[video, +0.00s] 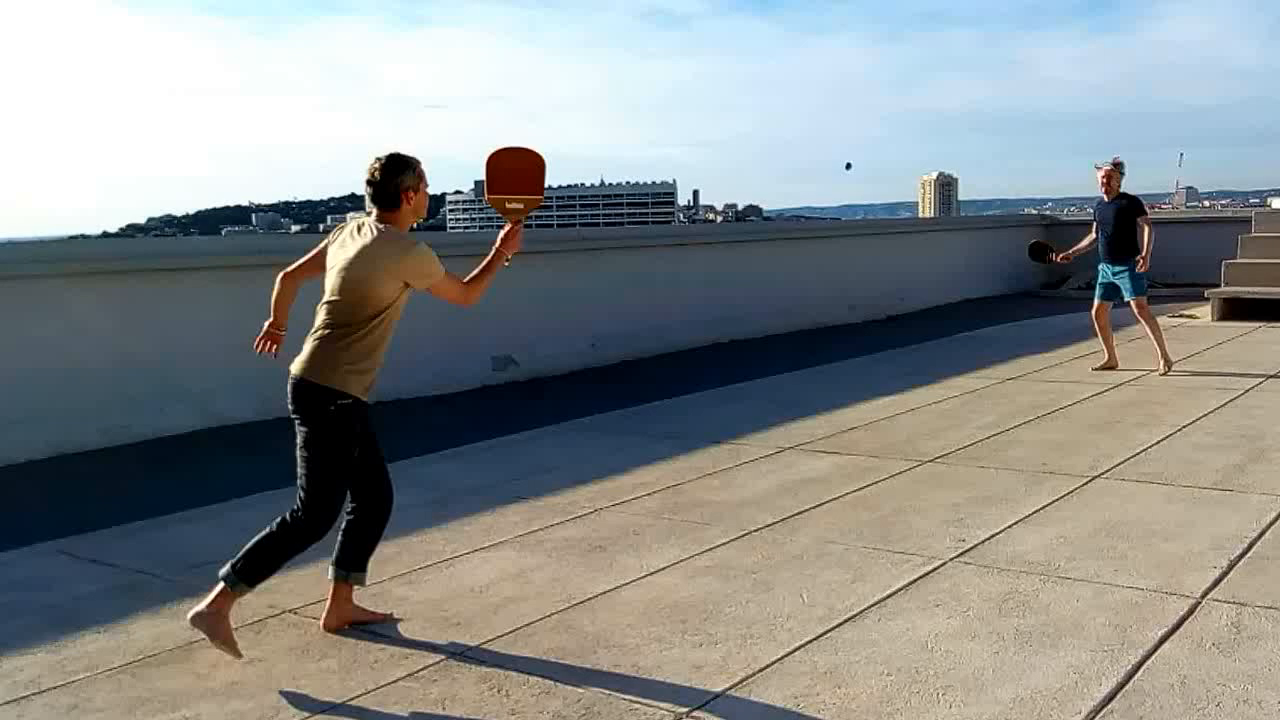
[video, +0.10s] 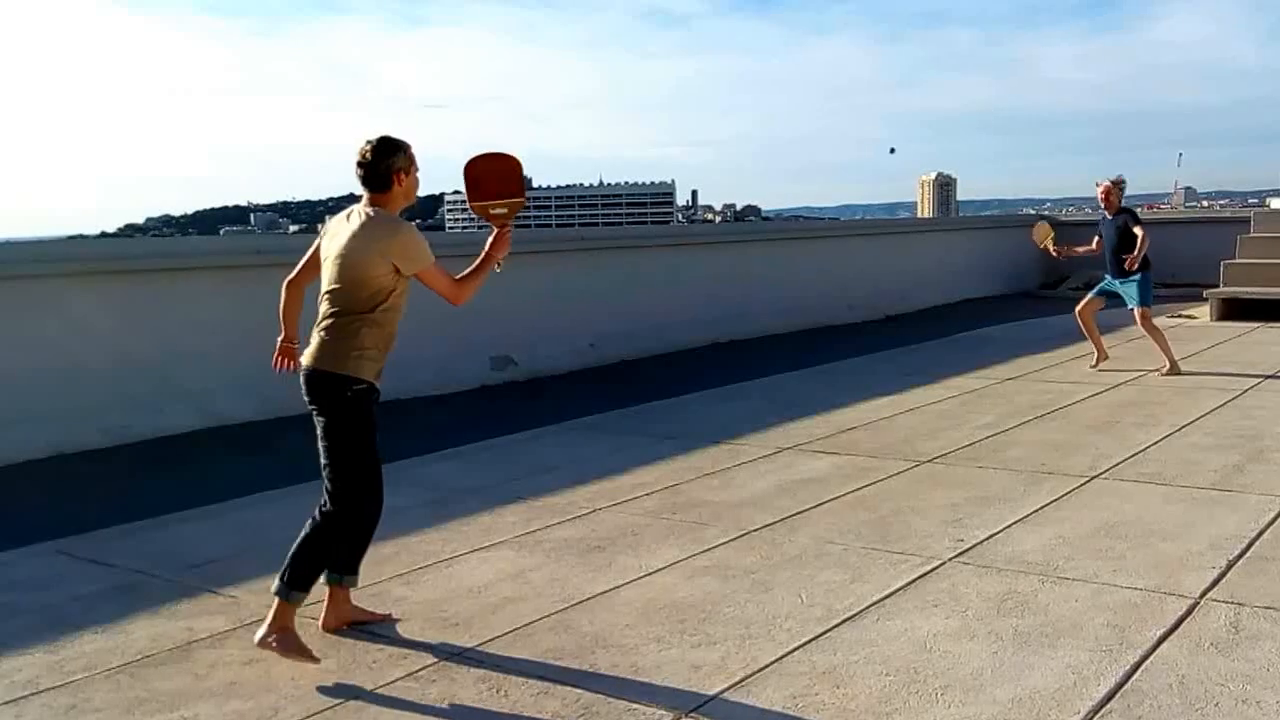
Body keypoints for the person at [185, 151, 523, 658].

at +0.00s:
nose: (427, 196)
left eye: (424, 187)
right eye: (423, 189)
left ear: (380, 195)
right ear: (408, 196)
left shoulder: (350, 230)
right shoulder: (407, 253)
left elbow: (288, 277)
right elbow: (466, 293)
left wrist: (275, 323)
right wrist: (502, 250)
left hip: (331, 389)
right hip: (327, 393)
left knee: (374, 497)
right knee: (314, 514)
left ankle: (340, 605)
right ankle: (216, 606)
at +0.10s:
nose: (417, 180)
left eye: (415, 171)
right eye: (414, 172)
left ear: (369, 178)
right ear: (400, 178)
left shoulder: (340, 222)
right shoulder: (399, 235)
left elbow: (294, 284)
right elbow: (457, 292)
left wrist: (287, 335)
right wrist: (493, 251)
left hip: (327, 373)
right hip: (344, 380)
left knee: (364, 495)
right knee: (343, 502)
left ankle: (339, 606)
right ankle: (277, 623)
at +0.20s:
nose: (411, 178)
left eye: (407, 170)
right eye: (407, 171)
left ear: (366, 180)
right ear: (393, 178)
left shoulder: (335, 227)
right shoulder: (391, 236)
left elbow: (305, 305)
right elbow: (445, 308)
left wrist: (319, 359)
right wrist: (479, 281)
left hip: (328, 376)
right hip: (357, 381)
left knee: (360, 498)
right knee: (375, 505)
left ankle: (335, 608)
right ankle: (347, 642)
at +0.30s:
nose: (407, 189)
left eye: (404, 180)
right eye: (404, 181)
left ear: (360, 188)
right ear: (389, 187)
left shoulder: (331, 239)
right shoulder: (391, 244)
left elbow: (315, 321)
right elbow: (434, 329)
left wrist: (348, 361)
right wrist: (474, 313)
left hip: (331, 387)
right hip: (367, 391)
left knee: (370, 502)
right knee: (405, 511)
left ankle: (337, 605)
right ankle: (400, 647)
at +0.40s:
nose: (409, 191)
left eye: (406, 182)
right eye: (406, 183)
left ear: (360, 193)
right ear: (391, 190)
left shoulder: (331, 247)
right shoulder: (395, 247)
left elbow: (317, 330)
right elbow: (431, 336)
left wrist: (363, 354)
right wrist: (470, 333)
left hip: (340, 397)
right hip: (380, 399)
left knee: (381, 503)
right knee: (431, 511)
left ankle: (334, 606)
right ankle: (422, 651)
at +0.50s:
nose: (413, 184)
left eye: (410, 175)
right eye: (410, 176)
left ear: (364, 186)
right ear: (396, 182)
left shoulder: (338, 240)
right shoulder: (402, 240)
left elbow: (319, 326)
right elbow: (431, 329)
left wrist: (366, 354)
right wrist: (464, 340)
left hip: (349, 390)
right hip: (393, 392)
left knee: (377, 495)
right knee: (435, 510)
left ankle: (334, 604)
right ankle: (421, 653)